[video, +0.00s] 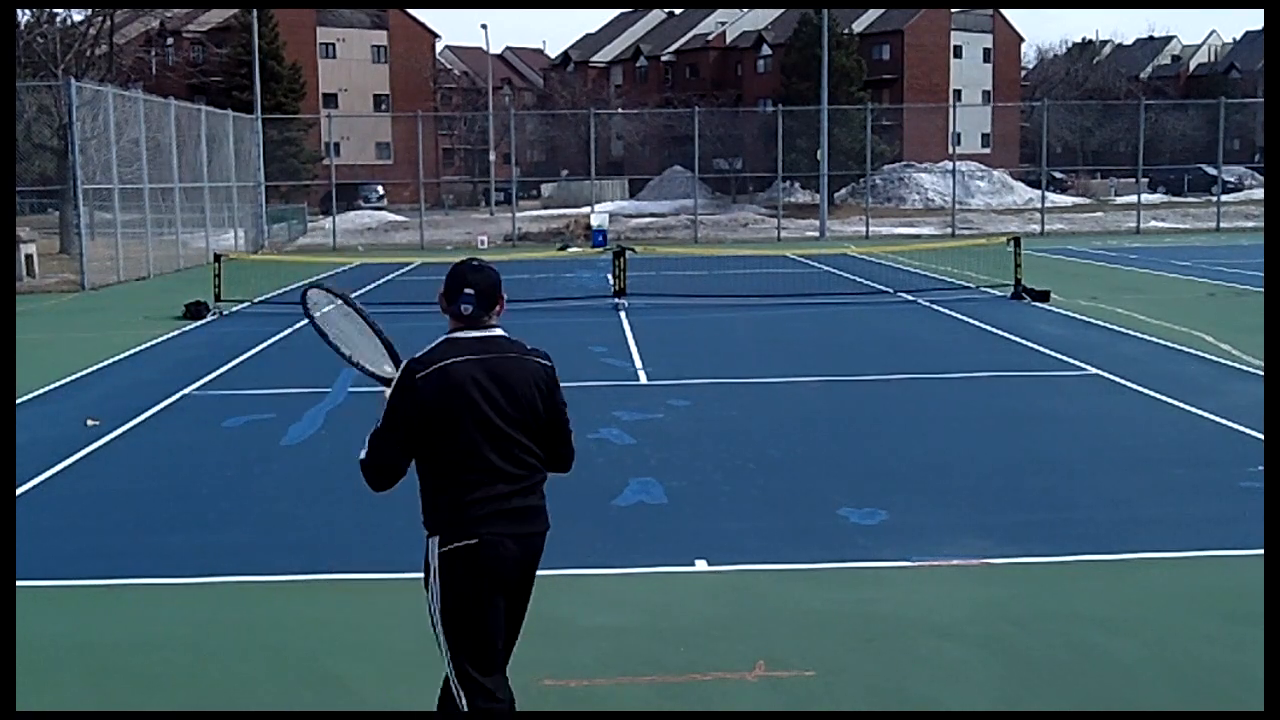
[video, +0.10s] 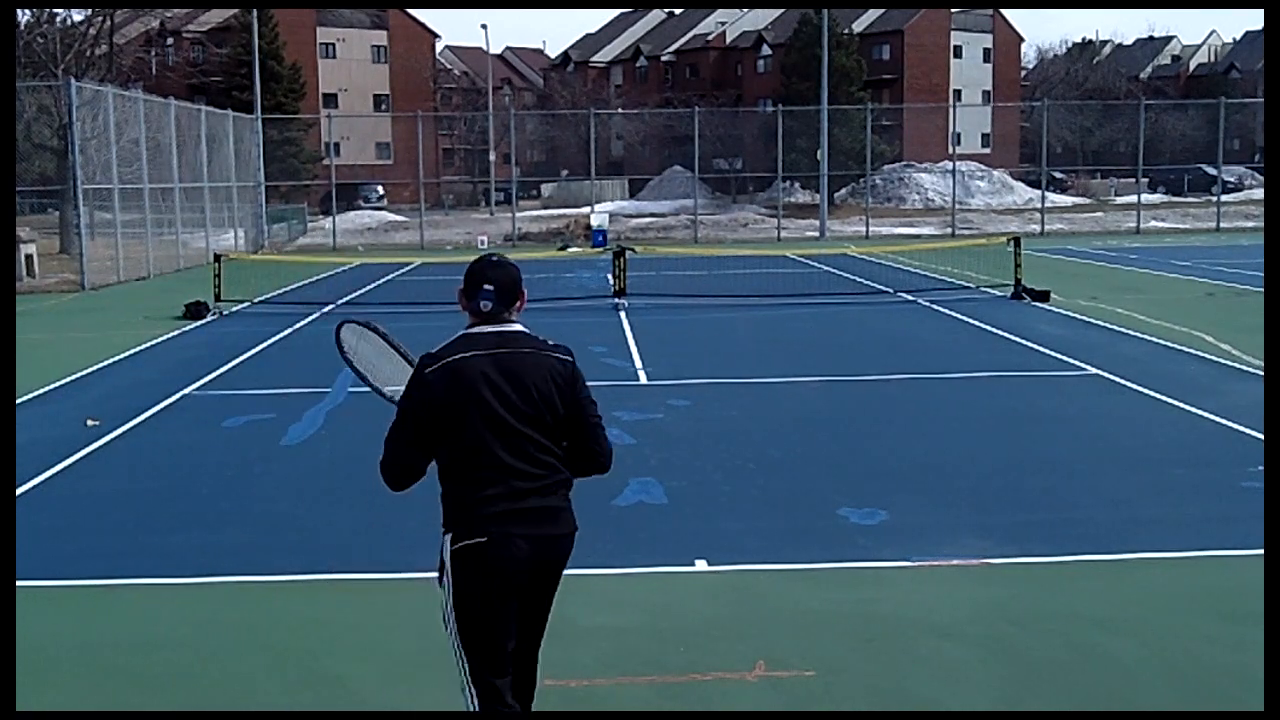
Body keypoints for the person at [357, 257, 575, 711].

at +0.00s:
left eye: (445, 300)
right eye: (497, 300)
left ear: (443, 305)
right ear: (500, 305)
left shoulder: (421, 372)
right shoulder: (534, 364)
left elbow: (379, 474)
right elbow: (560, 457)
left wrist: (396, 406)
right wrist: (504, 424)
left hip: (458, 538)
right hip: (526, 533)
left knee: (477, 678)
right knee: (477, 672)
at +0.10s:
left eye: (465, 297)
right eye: (522, 297)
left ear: (463, 302)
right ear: (521, 302)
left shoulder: (438, 368)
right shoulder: (556, 360)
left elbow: (397, 473)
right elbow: (595, 457)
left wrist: (434, 414)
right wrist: (539, 452)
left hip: (476, 540)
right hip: (550, 534)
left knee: (486, 677)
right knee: (523, 664)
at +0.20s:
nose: (544, 302)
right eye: (545, 296)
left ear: (485, 302)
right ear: (543, 302)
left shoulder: (455, 369)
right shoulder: (579, 362)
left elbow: (417, 475)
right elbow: (622, 461)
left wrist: (471, 446)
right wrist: (567, 476)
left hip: (490, 547)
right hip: (568, 542)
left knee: (495, 680)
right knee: (557, 666)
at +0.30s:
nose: (565, 309)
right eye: (567, 304)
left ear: (506, 310)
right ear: (565, 310)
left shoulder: (471, 378)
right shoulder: (599, 375)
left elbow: (436, 484)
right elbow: (643, 475)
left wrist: (492, 470)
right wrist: (590, 495)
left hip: (506, 567)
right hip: (590, 561)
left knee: (505, 690)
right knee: (608, 678)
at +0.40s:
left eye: (526, 298)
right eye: (591, 301)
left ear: (527, 306)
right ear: (589, 308)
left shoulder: (495, 376)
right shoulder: (623, 373)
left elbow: (458, 483)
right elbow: (666, 477)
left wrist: (515, 468)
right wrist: (611, 499)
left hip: (528, 566)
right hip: (615, 560)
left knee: (525, 697)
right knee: (661, 684)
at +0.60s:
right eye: (653, 296)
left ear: (588, 304)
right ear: (652, 303)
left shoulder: (555, 373)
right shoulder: (691, 369)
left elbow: (518, 485)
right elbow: (732, 480)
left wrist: (574, 491)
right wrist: (677, 505)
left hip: (592, 574)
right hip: (682, 569)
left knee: (575, 699)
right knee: (732, 699)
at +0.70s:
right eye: (680, 322)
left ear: (613, 331)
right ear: (679, 329)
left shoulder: (582, 404)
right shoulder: (718, 399)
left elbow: (549, 519)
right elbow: (764, 511)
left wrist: (603, 531)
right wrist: (711, 544)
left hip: (622, 607)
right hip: (715, 601)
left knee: (606, 712)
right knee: (748, 711)